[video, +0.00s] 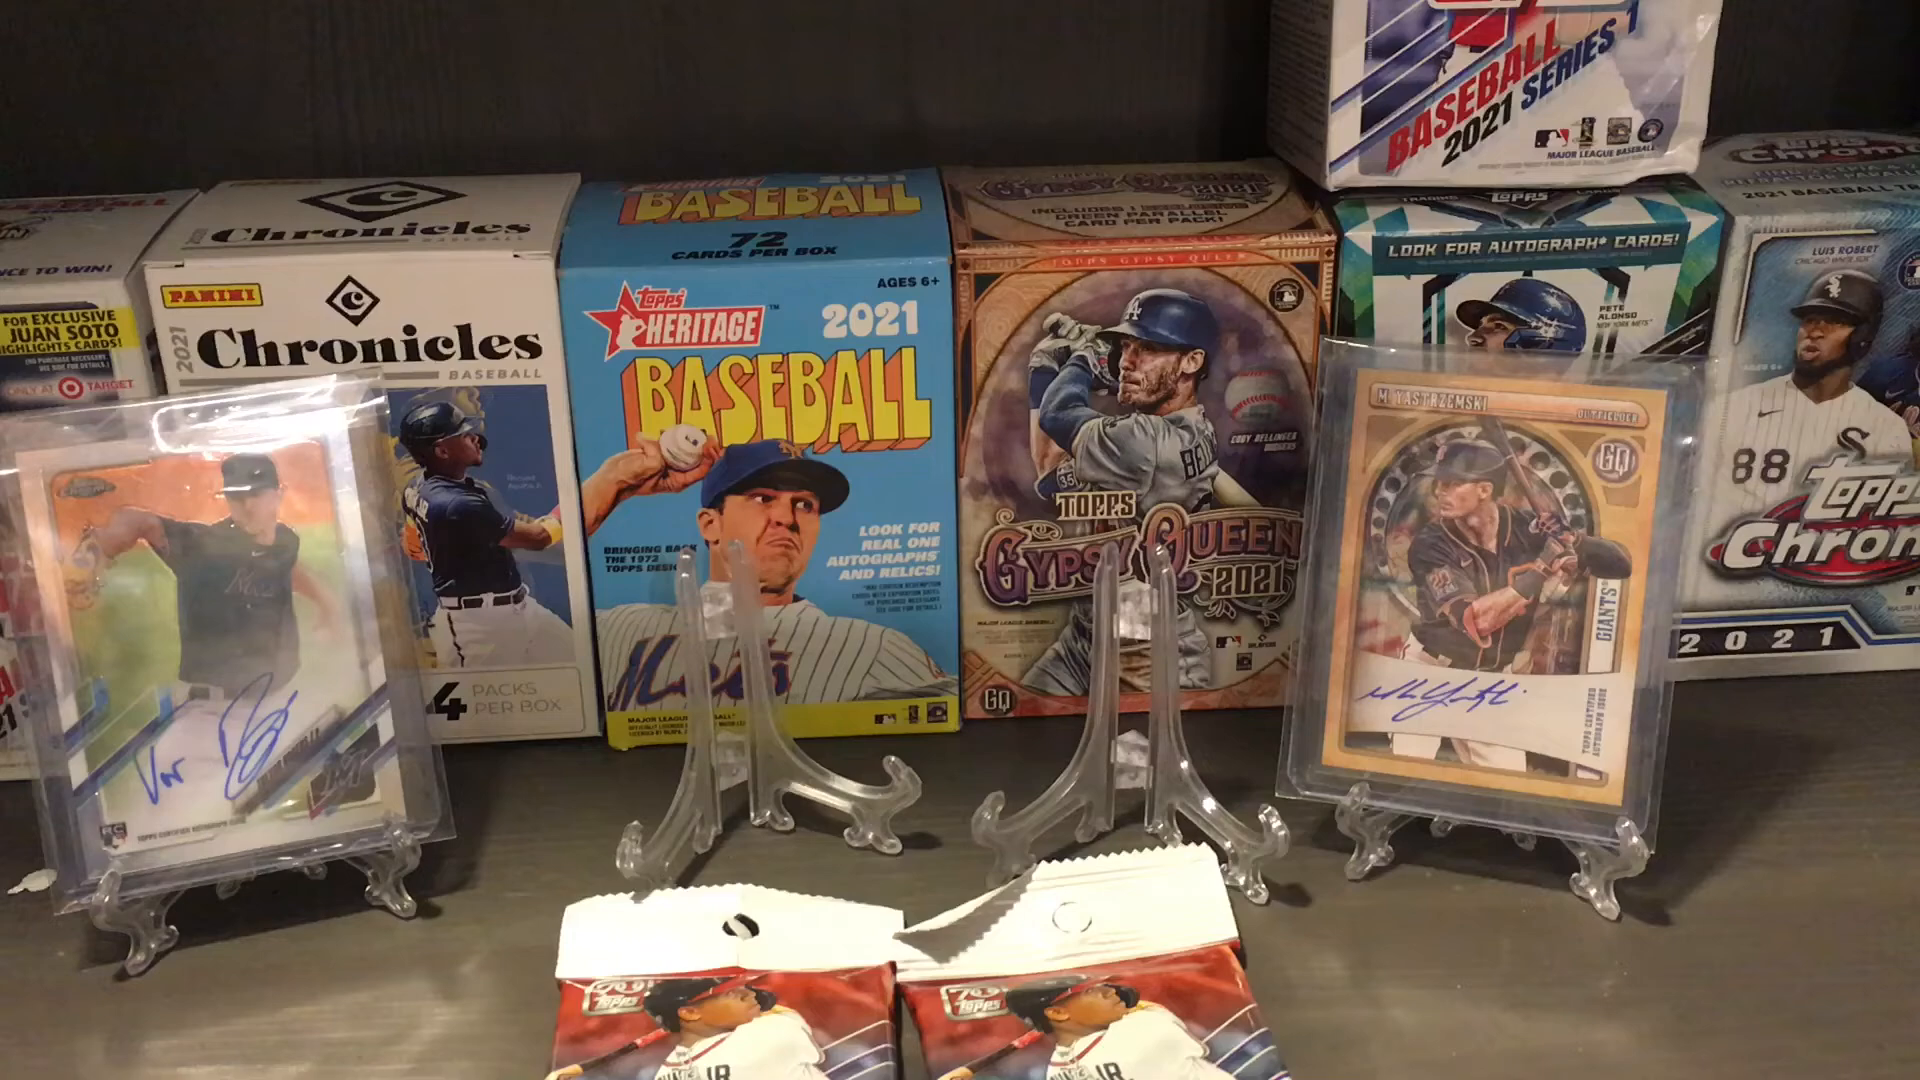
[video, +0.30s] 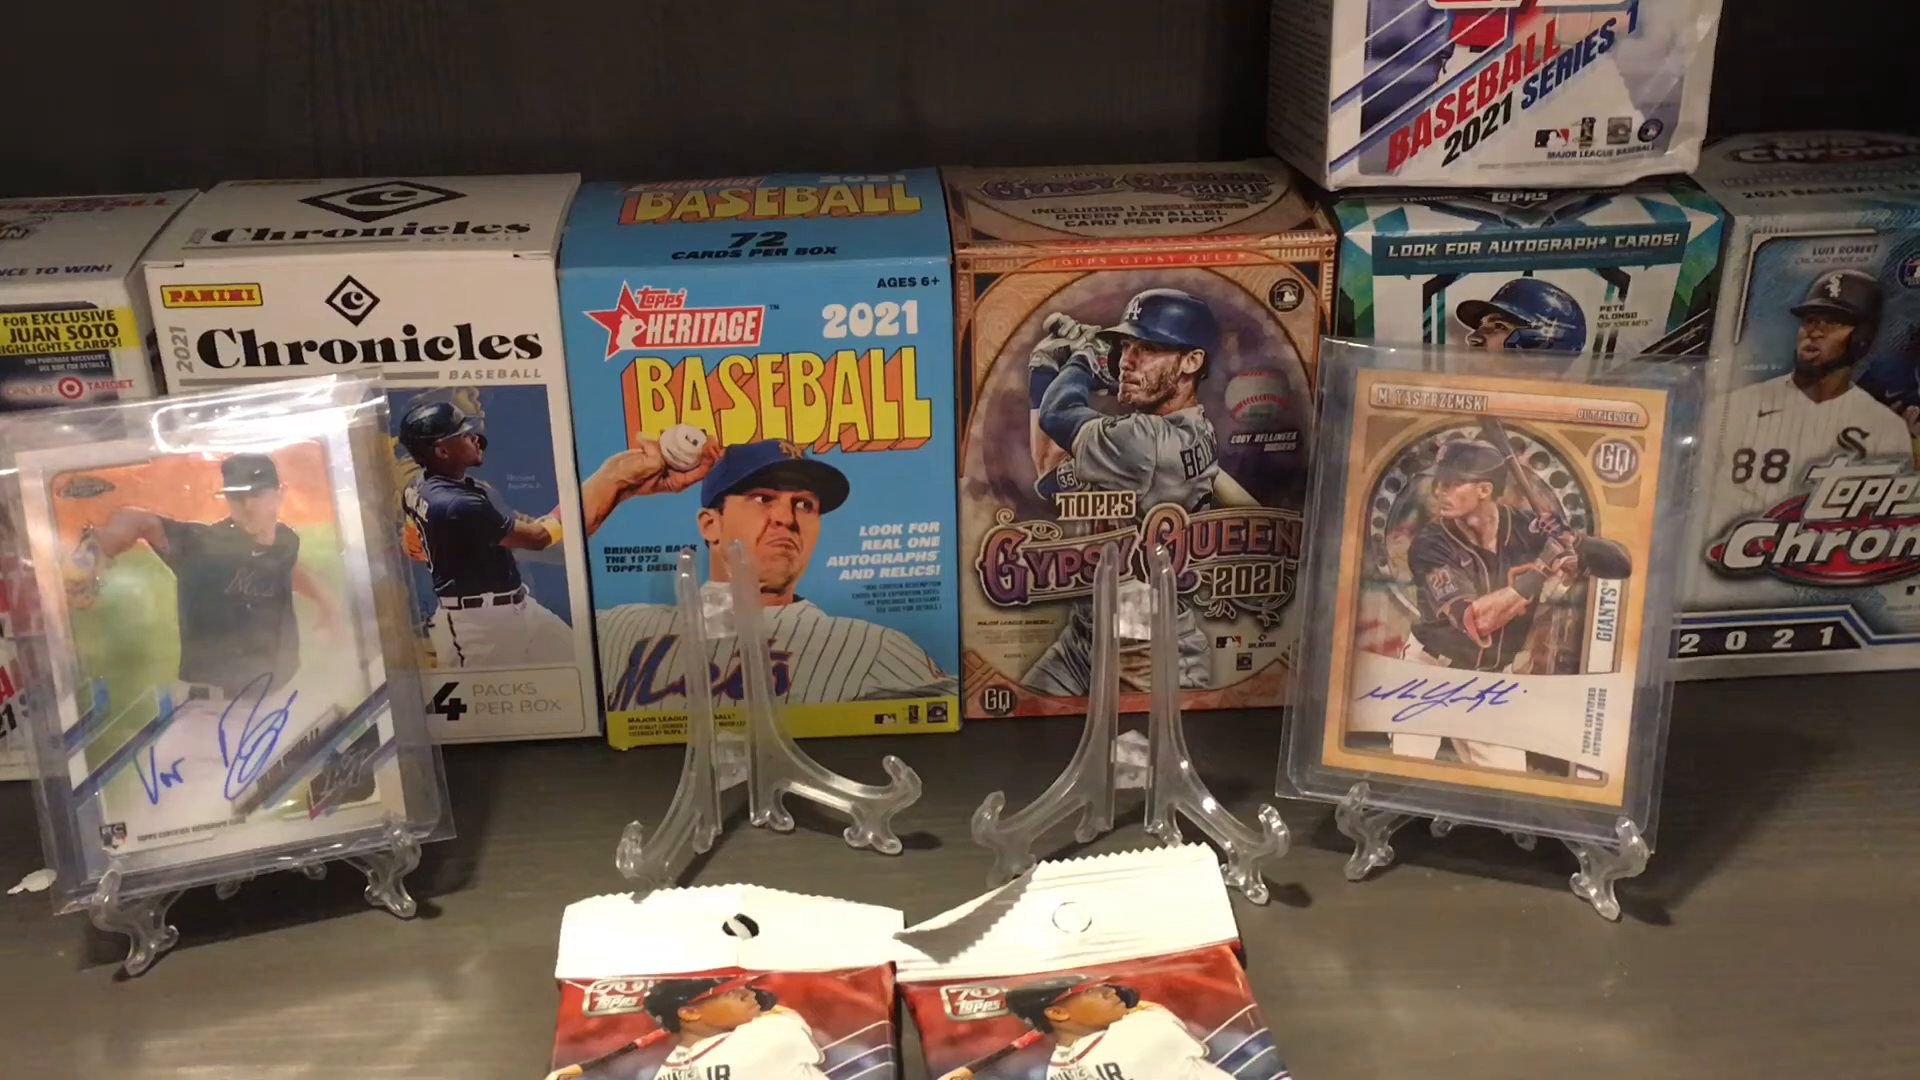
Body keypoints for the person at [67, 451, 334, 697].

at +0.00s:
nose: (245, 505)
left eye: (254, 494)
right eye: (236, 497)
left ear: (277, 495)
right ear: (227, 500)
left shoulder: (286, 542)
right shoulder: (199, 544)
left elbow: (286, 571)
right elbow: (134, 520)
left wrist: (325, 601)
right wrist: (99, 551)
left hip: (278, 699)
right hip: (215, 705)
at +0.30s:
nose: (246, 504)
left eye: (255, 494)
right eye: (237, 496)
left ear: (278, 495)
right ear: (227, 500)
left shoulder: (286, 543)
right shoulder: (199, 544)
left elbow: (286, 570)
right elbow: (133, 519)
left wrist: (325, 601)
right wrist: (98, 554)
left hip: (278, 699)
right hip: (215, 705)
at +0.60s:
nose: (246, 504)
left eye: (255, 494)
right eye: (237, 496)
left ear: (278, 495)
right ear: (227, 500)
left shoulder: (286, 542)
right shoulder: (199, 542)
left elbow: (287, 571)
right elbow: (134, 519)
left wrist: (325, 601)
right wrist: (105, 547)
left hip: (278, 697)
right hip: (216, 702)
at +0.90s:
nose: (246, 506)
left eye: (255, 494)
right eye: (236, 497)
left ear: (277, 494)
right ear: (226, 500)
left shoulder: (287, 542)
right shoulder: (199, 543)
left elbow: (287, 570)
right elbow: (134, 519)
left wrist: (325, 601)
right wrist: (95, 555)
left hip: (278, 700)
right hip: (215, 706)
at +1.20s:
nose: (246, 507)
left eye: (255, 495)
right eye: (236, 498)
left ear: (278, 495)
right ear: (227, 501)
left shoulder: (286, 542)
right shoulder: (199, 543)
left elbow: (287, 570)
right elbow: (132, 519)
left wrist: (325, 601)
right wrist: (95, 558)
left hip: (279, 699)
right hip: (214, 706)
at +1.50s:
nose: (247, 504)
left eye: (256, 493)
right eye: (237, 495)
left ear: (278, 495)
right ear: (227, 500)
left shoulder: (286, 542)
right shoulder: (198, 542)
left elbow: (288, 570)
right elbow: (133, 518)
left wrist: (324, 601)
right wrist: (102, 552)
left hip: (278, 700)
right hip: (214, 705)